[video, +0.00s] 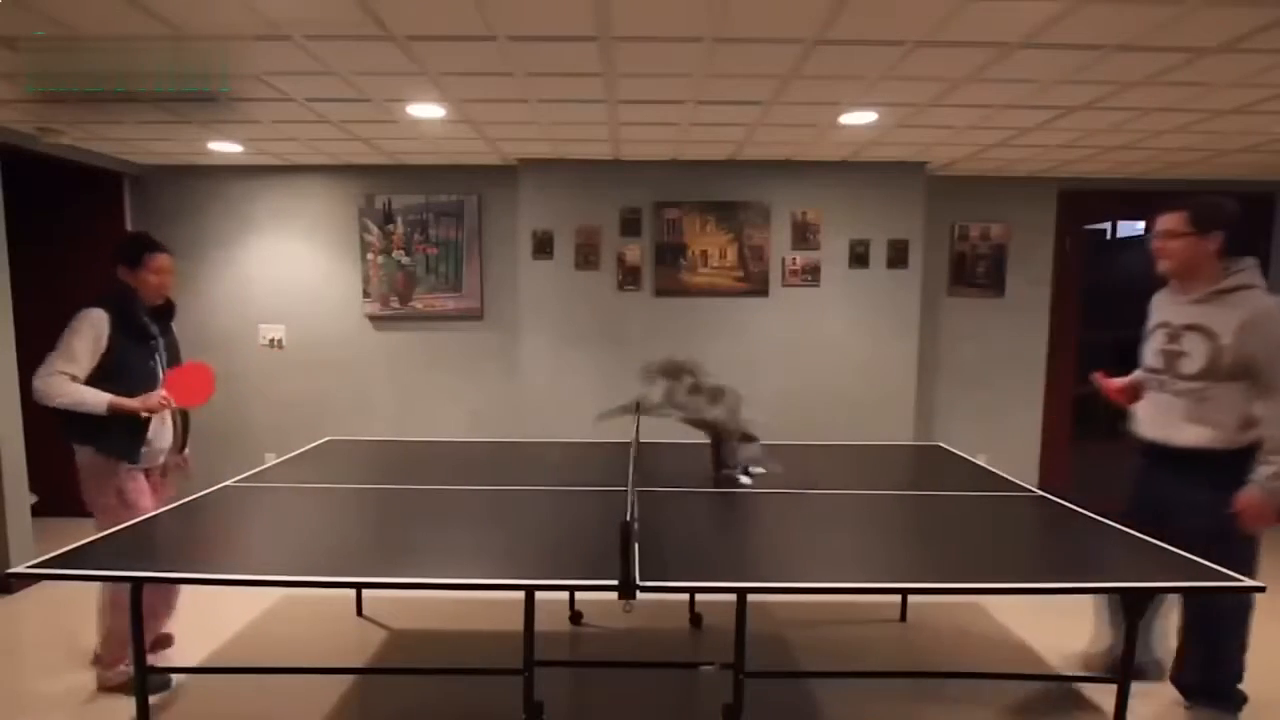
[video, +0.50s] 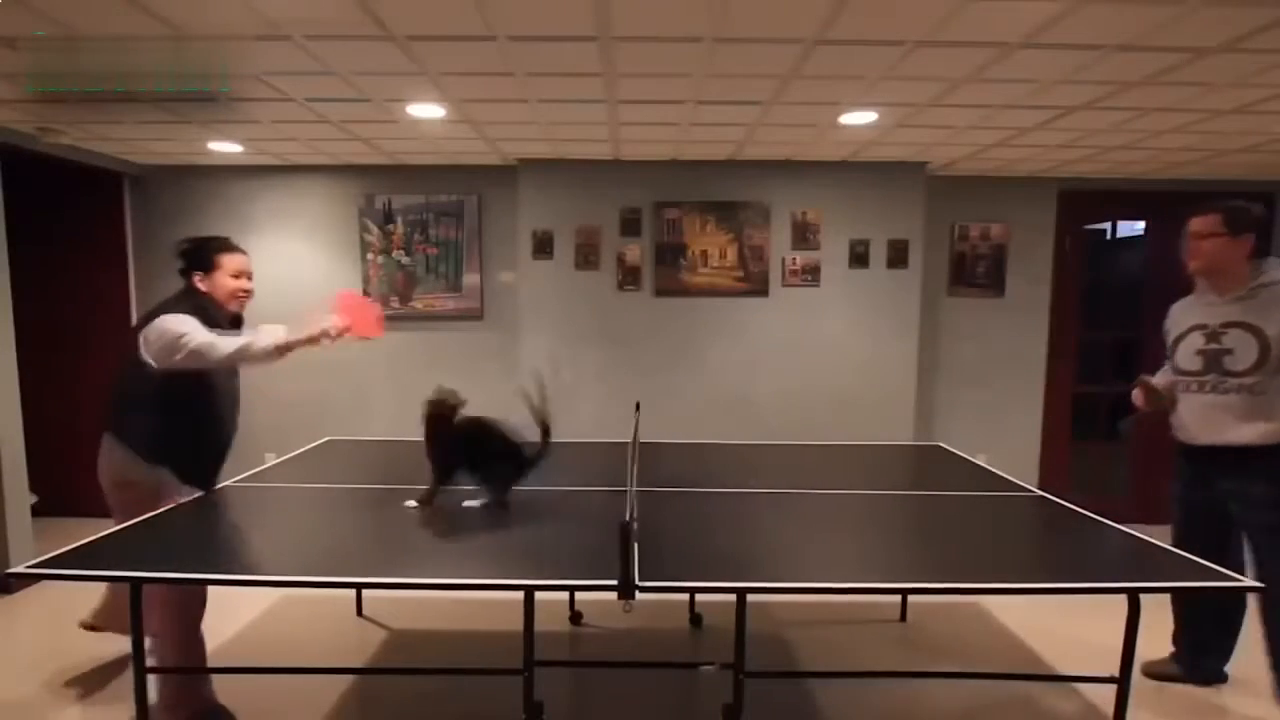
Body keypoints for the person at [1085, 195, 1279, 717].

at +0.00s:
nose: (1157, 246)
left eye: (1170, 236)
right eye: (1156, 236)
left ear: (1211, 242)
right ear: (1156, 243)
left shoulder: (1258, 309)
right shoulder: (1162, 302)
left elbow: (1276, 402)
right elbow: (1167, 371)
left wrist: (1267, 480)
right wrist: (1132, 384)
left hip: (1222, 466)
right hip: (1158, 458)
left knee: (1218, 589)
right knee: (1136, 563)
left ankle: (1212, 698)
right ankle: (1130, 654)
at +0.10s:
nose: (1162, 249)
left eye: (1175, 240)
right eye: (1160, 240)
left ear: (1215, 246)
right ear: (1160, 246)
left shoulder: (1263, 307)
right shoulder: (1162, 306)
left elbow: (1278, 396)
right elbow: (1163, 370)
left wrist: (1276, 478)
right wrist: (1140, 387)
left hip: (1240, 464)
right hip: (1174, 459)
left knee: (1231, 582)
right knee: (1175, 566)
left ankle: (1219, 694)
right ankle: (1187, 654)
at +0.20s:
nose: (1155, 256)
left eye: (1168, 246)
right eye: (1152, 247)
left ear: (1207, 251)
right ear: (1152, 253)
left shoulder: (1264, 310)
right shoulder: (1157, 314)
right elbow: (1163, 370)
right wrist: (1143, 394)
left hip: (1251, 464)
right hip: (1186, 461)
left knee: (1240, 580)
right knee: (1185, 568)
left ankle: (1221, 694)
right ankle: (1191, 658)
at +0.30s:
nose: (1157, 255)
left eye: (1169, 245)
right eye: (1154, 246)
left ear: (1208, 250)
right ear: (1156, 253)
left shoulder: (1264, 305)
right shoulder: (1159, 314)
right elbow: (1166, 369)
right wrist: (1144, 392)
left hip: (1253, 457)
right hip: (1189, 457)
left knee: (1248, 573)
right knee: (1189, 563)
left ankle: (1242, 686)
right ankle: (1195, 656)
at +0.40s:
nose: (1171, 251)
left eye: (1183, 241)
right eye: (1169, 242)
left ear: (1222, 247)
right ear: (1169, 251)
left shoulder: (1268, 302)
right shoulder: (1168, 314)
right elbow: (1173, 373)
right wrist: (1149, 391)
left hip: (1259, 454)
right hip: (1195, 456)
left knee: (1267, 570)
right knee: (1196, 560)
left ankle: (1270, 684)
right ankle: (1198, 659)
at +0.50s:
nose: (1190, 247)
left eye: (1203, 237)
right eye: (1189, 238)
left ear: (1243, 243)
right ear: (1186, 246)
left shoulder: (1272, 295)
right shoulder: (1181, 311)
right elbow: (1178, 371)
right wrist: (1154, 388)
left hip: (1263, 456)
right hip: (1199, 457)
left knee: (1273, 572)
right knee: (1201, 562)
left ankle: (1279, 675)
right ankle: (1199, 660)